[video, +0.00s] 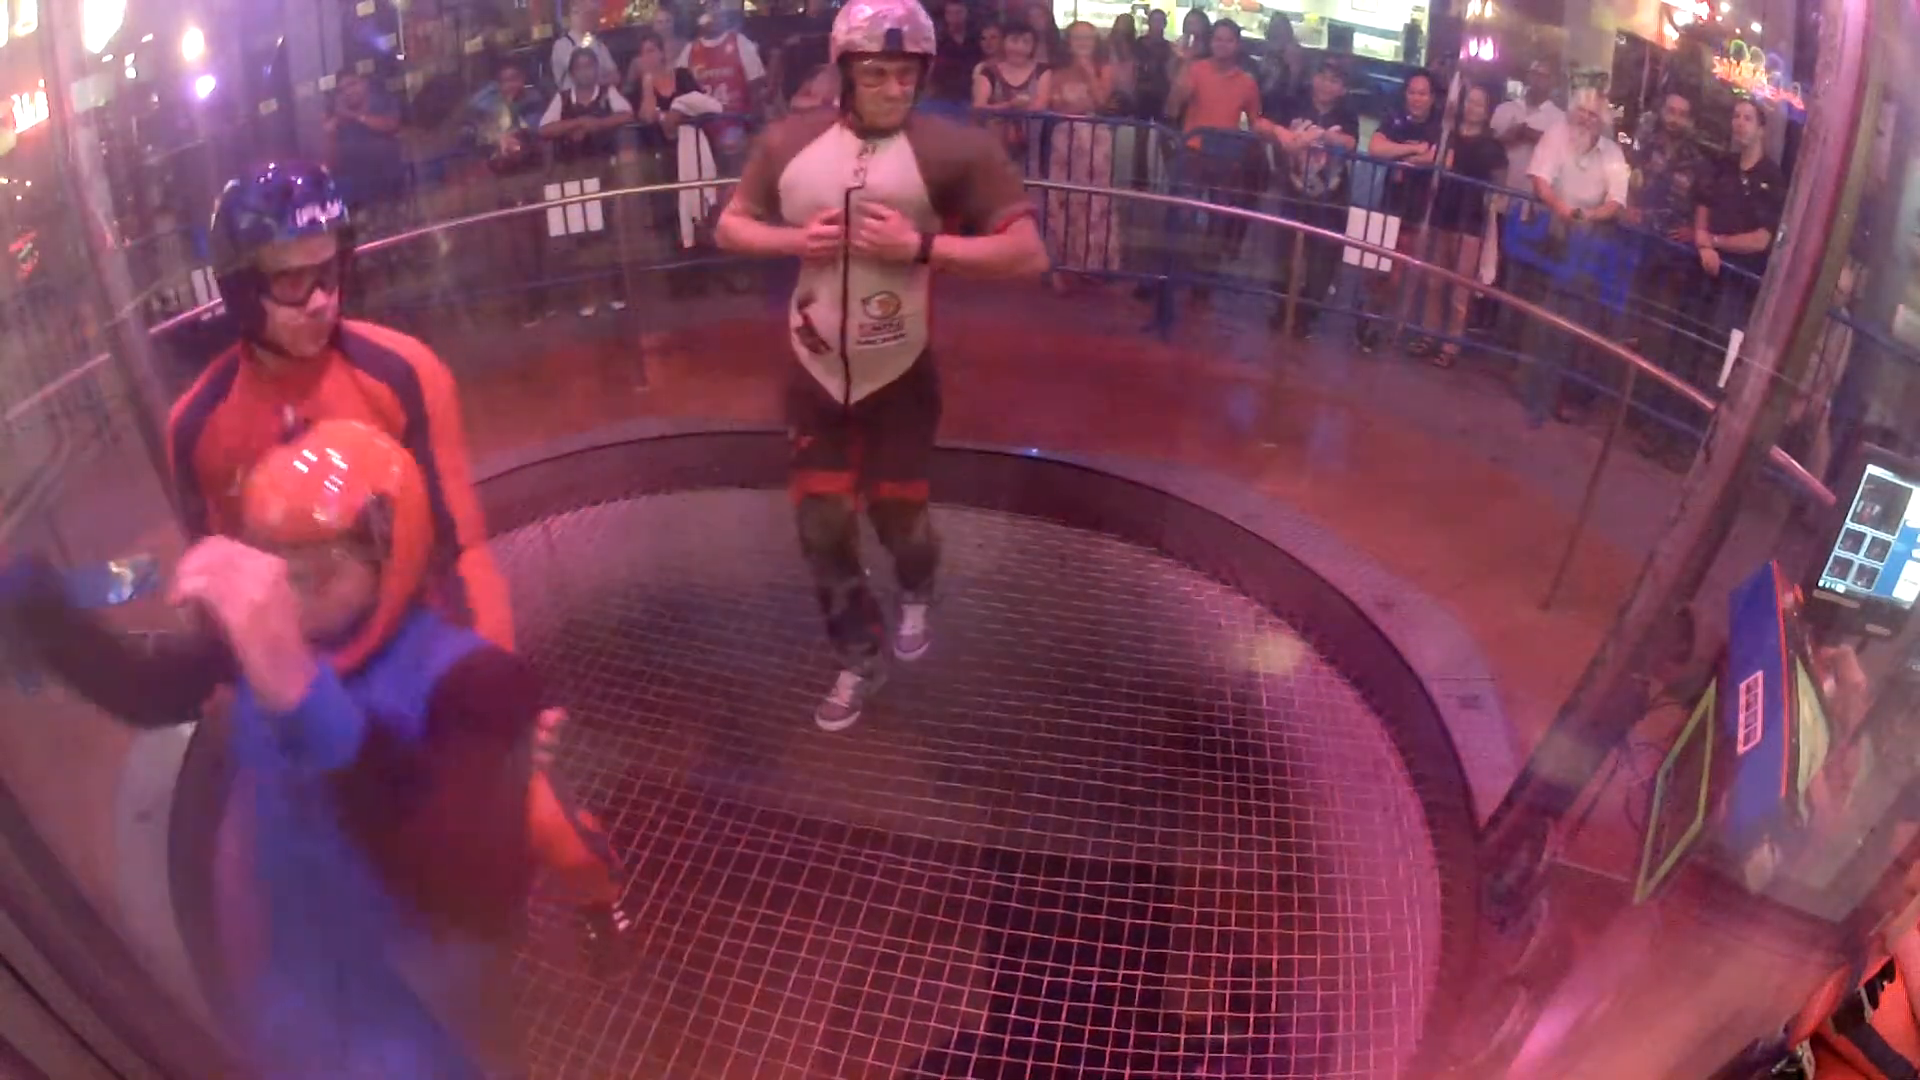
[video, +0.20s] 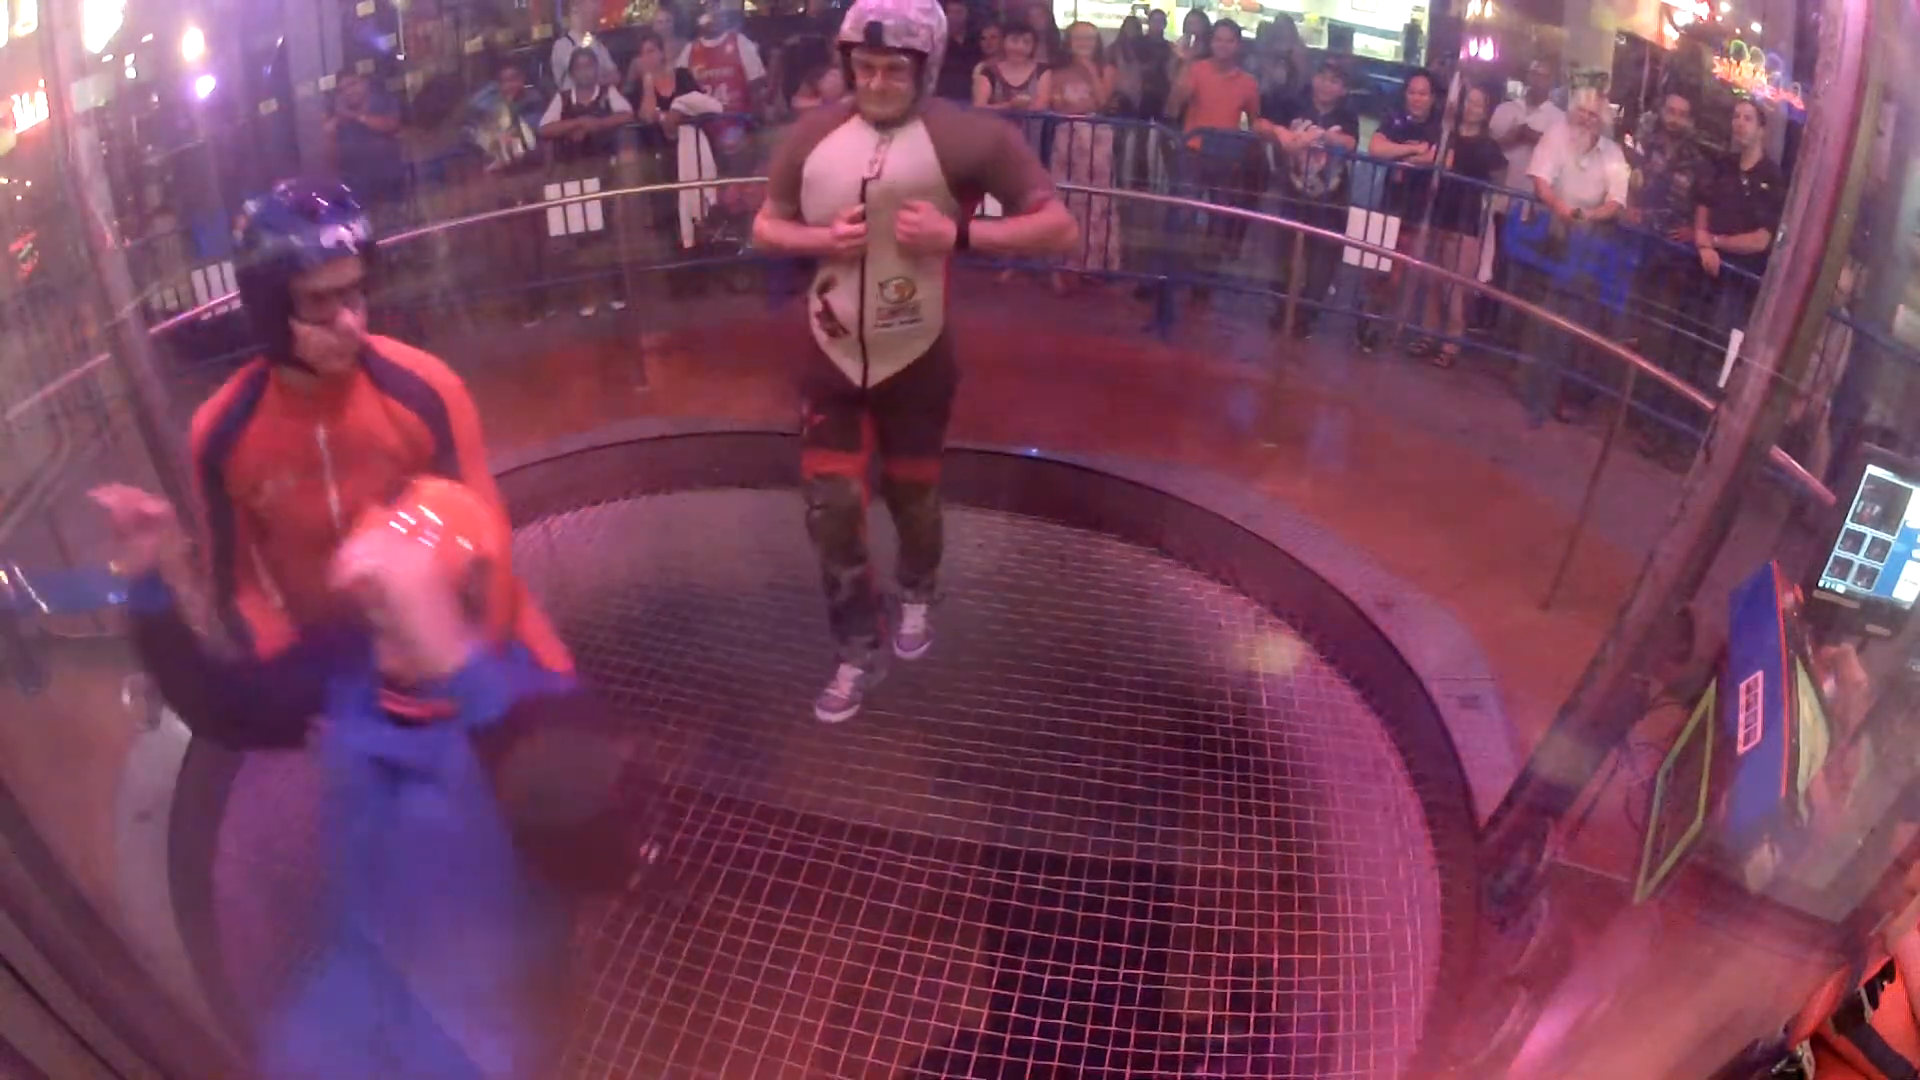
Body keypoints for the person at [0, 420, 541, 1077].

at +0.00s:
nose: (294, 590)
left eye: (323, 566)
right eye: (278, 565)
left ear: (394, 556)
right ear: (250, 561)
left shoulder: (470, 682)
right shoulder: (266, 649)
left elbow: (477, 891)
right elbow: (143, 683)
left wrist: (300, 692)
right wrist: (21, 592)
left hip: (421, 1046)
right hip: (282, 1036)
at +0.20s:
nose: (367, 574)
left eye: (396, 551)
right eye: (370, 565)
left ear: (459, 571)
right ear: (358, 584)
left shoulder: (533, 708)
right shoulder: (342, 668)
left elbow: (589, 858)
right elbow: (219, 708)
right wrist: (145, 579)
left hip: (473, 1034)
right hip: (346, 1011)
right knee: (288, 1061)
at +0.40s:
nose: (495, 699)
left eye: (516, 684)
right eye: (480, 679)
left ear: (566, 677)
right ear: (462, 667)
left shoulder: (607, 762)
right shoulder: (427, 717)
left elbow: (689, 858)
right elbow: (295, 738)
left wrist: (601, 690)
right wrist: (268, 600)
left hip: (527, 1047)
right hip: (409, 1006)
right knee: (307, 1067)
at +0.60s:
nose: (562, 725)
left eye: (588, 716)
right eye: (555, 706)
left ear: (639, 731)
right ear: (539, 704)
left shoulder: (665, 823)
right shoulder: (499, 758)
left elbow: (741, 876)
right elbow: (374, 748)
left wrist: (685, 717)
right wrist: (380, 621)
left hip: (545, 1059)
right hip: (431, 1011)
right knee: (309, 1070)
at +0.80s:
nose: (627, 765)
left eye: (649, 753)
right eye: (616, 744)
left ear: (687, 765)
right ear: (594, 739)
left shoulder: (703, 844)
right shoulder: (547, 781)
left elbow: (783, 877)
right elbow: (435, 761)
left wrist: (746, 753)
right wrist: (452, 656)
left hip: (557, 1062)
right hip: (439, 1015)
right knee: (303, 1070)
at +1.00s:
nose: (680, 759)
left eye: (703, 749)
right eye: (669, 740)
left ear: (735, 767)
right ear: (647, 739)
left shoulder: (741, 845)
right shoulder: (595, 786)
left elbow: (833, 873)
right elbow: (480, 772)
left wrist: (801, 758)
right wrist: (510, 664)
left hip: (574, 1059)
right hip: (474, 1001)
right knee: (298, 1042)